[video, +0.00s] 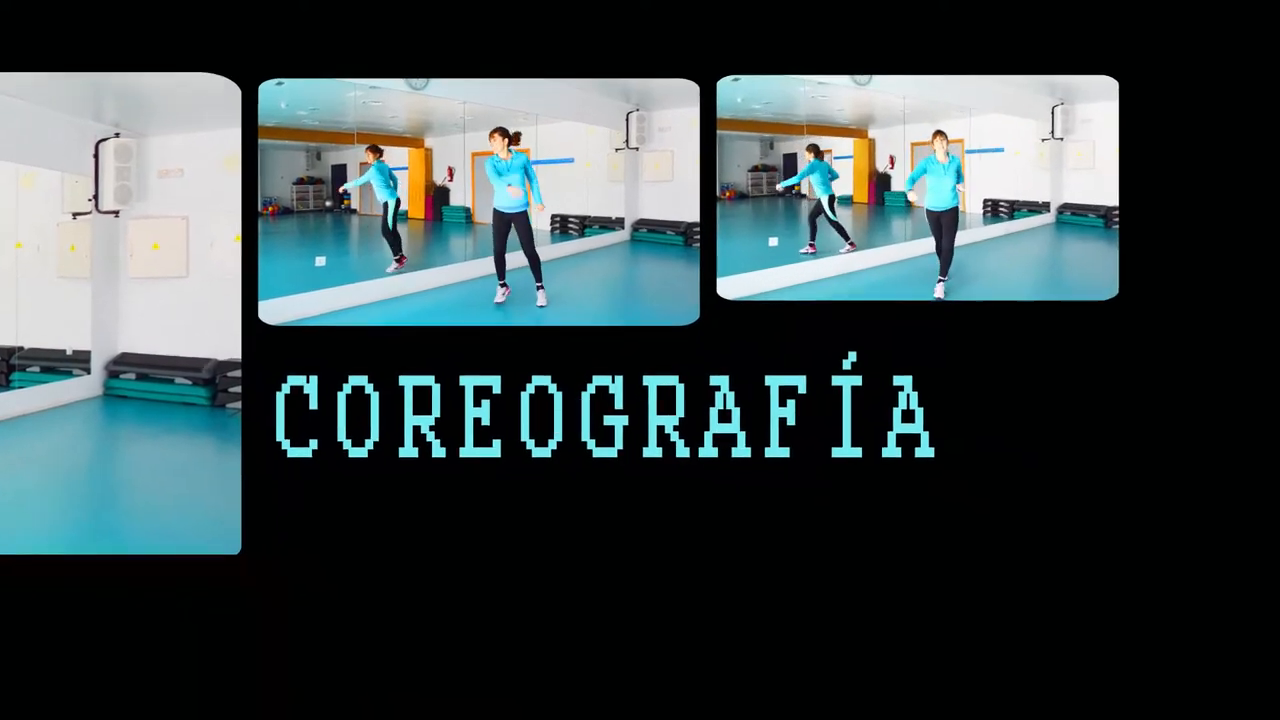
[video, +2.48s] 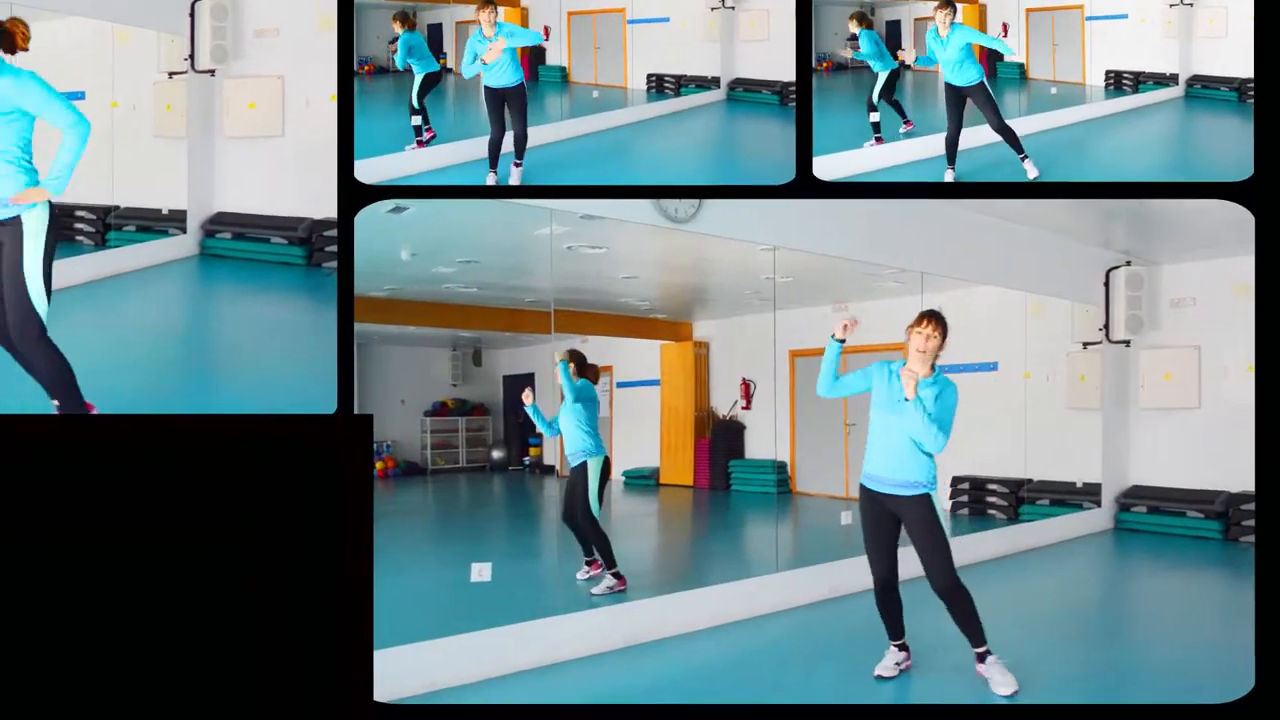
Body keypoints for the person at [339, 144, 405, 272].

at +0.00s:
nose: (367, 157)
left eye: (369, 154)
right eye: (367, 155)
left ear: (375, 155)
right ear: (378, 155)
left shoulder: (374, 169)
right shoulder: (384, 166)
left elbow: (359, 181)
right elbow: (395, 179)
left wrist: (344, 186)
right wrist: (393, 193)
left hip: (389, 200)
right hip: (392, 199)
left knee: (386, 230)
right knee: (392, 229)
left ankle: (398, 259)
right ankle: (400, 256)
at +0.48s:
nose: (353, 110)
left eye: (355, 108)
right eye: (352, 108)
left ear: (362, 109)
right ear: (350, 110)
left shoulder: (369, 124)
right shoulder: (349, 126)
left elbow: (385, 133)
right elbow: (345, 140)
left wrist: (401, 143)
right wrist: (333, 142)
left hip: (370, 161)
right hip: (356, 162)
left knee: (364, 190)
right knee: (352, 192)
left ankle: (364, 219)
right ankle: (358, 214)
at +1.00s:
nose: (366, 64)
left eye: (367, 61)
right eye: (367, 61)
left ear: (369, 62)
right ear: (380, 62)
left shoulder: (362, 76)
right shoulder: (386, 75)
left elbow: (351, 92)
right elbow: (396, 90)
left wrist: (335, 104)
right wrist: (412, 94)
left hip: (365, 116)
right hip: (381, 115)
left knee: (363, 151)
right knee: (382, 151)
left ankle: (354, 185)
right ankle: (381, 186)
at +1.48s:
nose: (367, 43)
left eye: (368, 40)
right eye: (368, 40)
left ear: (372, 40)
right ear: (382, 40)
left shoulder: (371, 54)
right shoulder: (390, 53)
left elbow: (359, 76)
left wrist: (359, 61)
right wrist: (368, 58)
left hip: (386, 92)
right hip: (400, 90)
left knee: (377, 126)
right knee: (386, 121)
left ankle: (381, 164)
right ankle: (391, 152)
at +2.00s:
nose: (379, 36)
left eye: (380, 33)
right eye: (379, 33)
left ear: (386, 33)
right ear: (387, 33)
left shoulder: (402, 46)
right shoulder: (393, 49)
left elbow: (415, 64)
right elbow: (405, 67)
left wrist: (399, 64)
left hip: (419, 81)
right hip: (415, 81)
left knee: (401, 114)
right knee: (428, 110)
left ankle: (408, 148)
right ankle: (445, 133)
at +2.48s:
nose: (393, 27)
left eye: (394, 24)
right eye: (393, 24)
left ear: (398, 23)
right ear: (406, 22)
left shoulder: (404, 39)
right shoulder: (417, 34)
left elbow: (401, 65)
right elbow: (418, 52)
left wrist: (396, 53)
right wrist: (400, 50)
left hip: (424, 72)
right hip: (435, 69)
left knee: (414, 104)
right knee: (418, 99)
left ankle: (419, 140)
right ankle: (428, 129)